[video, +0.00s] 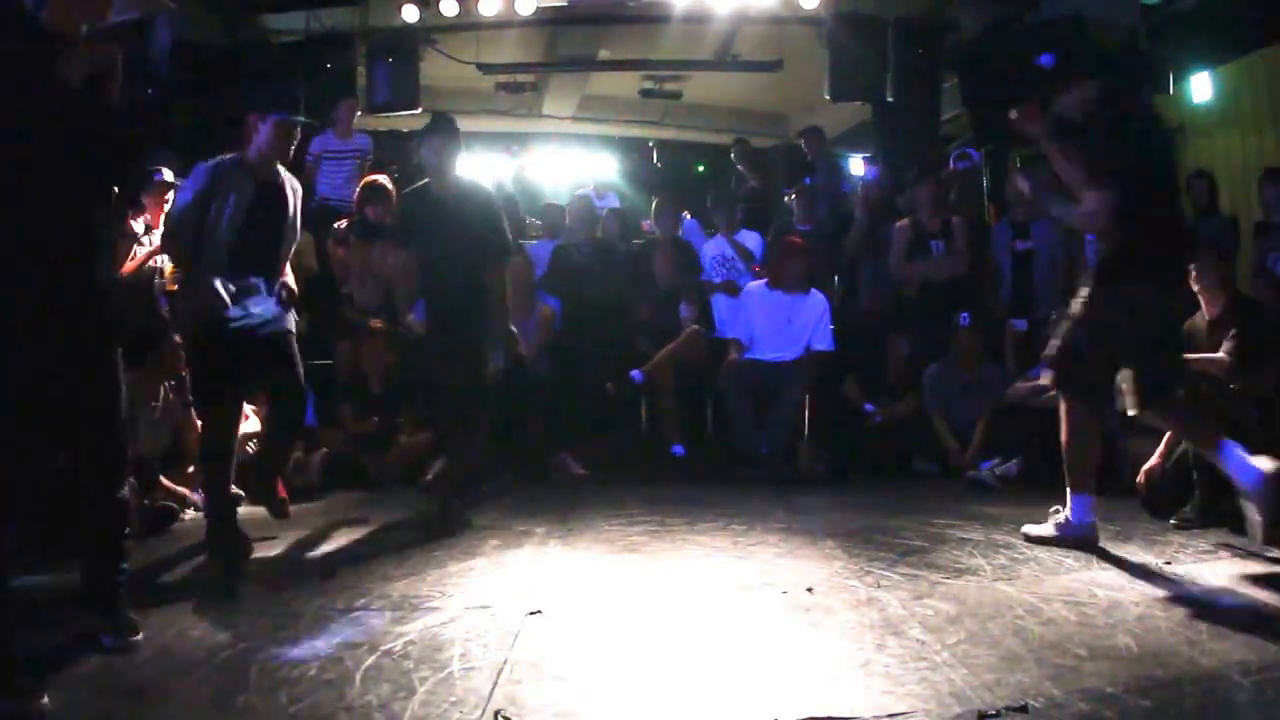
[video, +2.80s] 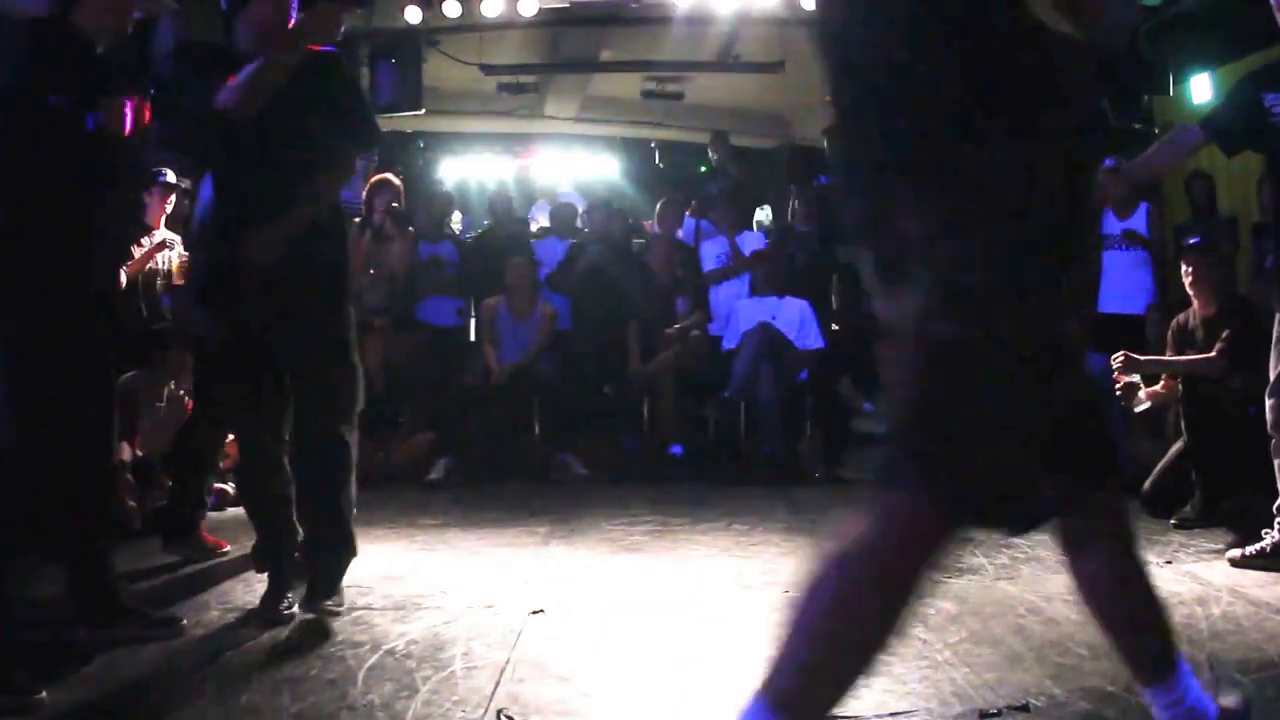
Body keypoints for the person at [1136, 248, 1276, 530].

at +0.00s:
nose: (1195, 273)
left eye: (1203, 267)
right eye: (1192, 268)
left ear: (1222, 272)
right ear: (1188, 278)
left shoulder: (1247, 315)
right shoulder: (1191, 329)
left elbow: (1227, 363)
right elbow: (1186, 406)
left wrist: (1175, 360)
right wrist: (1160, 456)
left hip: (1255, 421)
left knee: (1200, 392)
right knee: (1158, 494)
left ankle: (1205, 499)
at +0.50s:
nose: (1194, 269)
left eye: (1204, 262)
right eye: (1192, 261)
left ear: (1226, 269)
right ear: (1188, 267)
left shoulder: (1246, 316)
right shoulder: (1189, 324)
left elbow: (1222, 364)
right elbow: (1177, 392)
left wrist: (1147, 357)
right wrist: (1152, 453)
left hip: (1249, 427)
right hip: (1211, 429)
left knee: (1198, 391)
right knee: (1157, 495)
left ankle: (1205, 499)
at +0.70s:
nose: (1196, 267)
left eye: (1205, 261)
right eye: (1195, 261)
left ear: (1227, 267)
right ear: (1192, 266)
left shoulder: (1245, 315)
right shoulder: (1189, 319)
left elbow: (1223, 363)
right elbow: (1154, 361)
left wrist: (1152, 361)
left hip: (1243, 425)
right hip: (1205, 427)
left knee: (1195, 386)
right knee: (1157, 497)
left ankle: (1207, 499)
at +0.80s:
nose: (1196, 267)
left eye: (1206, 261)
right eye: (1195, 260)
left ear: (1229, 267)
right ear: (1191, 265)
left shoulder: (1246, 314)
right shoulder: (1191, 314)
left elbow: (1222, 363)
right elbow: (1141, 344)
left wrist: (1152, 359)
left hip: (1246, 424)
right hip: (1208, 425)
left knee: (1195, 387)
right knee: (1156, 497)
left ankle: (1206, 498)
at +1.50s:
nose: (1191, 272)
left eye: (1200, 266)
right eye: (1192, 265)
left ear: (1225, 273)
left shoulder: (1245, 316)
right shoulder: (1192, 314)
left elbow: (1220, 363)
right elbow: (1152, 337)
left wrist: (1148, 363)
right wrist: (1106, 341)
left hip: (1241, 429)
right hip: (1205, 430)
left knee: (1193, 383)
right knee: (1156, 497)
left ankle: (1206, 496)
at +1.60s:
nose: (1190, 271)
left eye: (1200, 264)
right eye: (1192, 265)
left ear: (1223, 272)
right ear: (1200, 278)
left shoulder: (1245, 316)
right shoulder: (1191, 317)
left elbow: (1221, 361)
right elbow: (1164, 348)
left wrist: (1146, 364)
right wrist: (1130, 364)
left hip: (1242, 428)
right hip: (1205, 429)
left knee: (1193, 384)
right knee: (1155, 497)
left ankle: (1205, 498)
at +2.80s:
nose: (1189, 271)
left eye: (1198, 264)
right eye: (1185, 265)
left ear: (1216, 269)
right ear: (1181, 272)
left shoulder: (1240, 314)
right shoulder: (1180, 325)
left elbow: (1218, 363)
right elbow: (1170, 387)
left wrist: (1146, 364)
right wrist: (1142, 396)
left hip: (1242, 427)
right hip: (1204, 429)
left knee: (1194, 388)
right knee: (1155, 498)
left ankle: (1205, 498)